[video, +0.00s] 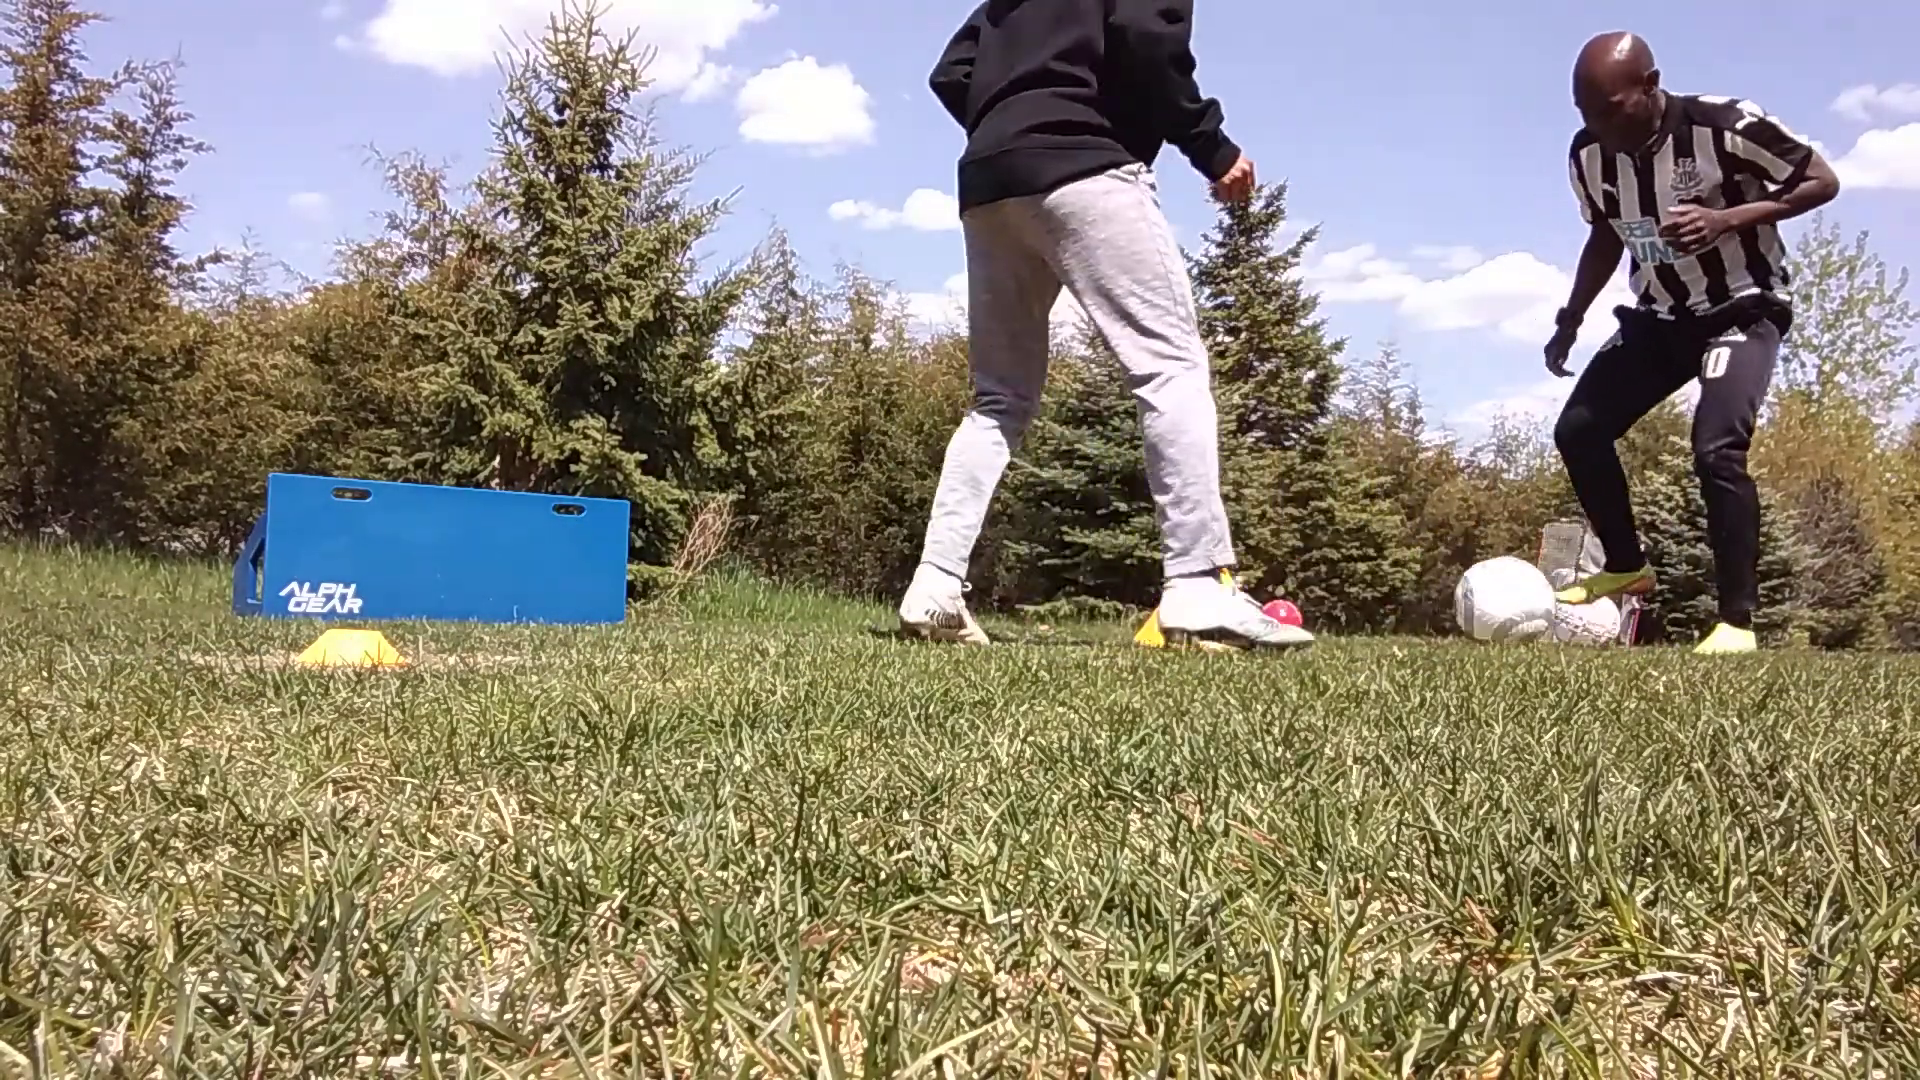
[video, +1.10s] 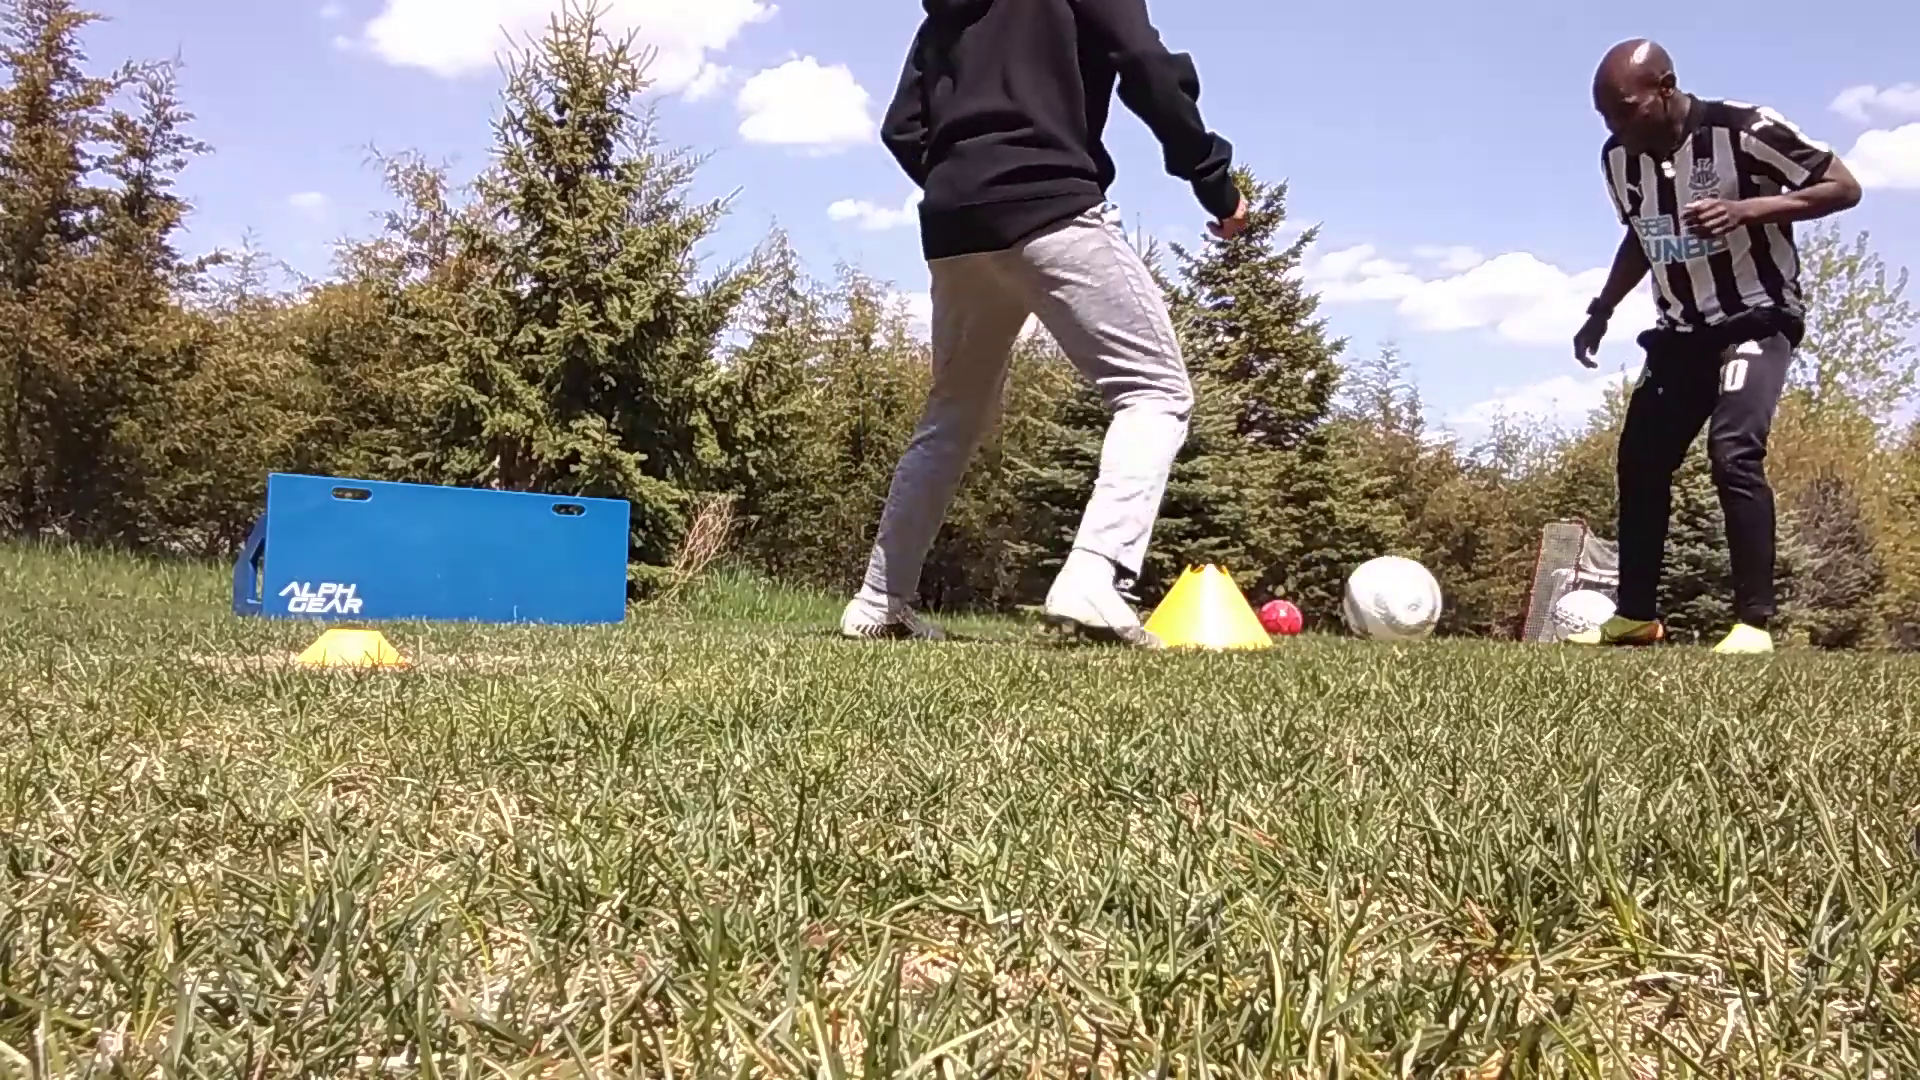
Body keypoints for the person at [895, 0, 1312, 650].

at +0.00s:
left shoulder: (1009, 4)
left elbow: (951, 70)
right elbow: (1147, 40)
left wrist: (1015, 136)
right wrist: (1215, 149)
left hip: (986, 171)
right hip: (1083, 154)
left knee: (999, 401)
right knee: (1172, 367)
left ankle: (934, 588)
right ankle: (1197, 584)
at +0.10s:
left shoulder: (974, 1)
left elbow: (929, 50)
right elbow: (1103, 30)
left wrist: (993, 114)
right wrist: (1153, 131)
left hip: (954, 143)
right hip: (1048, 136)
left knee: (970, 376)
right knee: (1136, 343)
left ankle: (907, 550)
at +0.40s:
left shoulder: (939, 13)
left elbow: (877, 101)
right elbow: (1045, 62)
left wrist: (938, 164)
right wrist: (1101, 181)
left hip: (894, 187)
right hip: (981, 187)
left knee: (885, 396)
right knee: (1056, 379)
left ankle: (811, 578)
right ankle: (978, 566)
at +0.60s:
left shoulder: (926, 14)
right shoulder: (1079, 5)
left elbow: (867, 103)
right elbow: (1137, 115)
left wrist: (902, 184)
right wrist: (1169, 224)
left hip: (915, 209)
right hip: (1008, 207)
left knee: (924, 381)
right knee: (1030, 421)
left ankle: (836, 535)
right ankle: (953, 603)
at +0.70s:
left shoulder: (913, 25)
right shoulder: (1072, 15)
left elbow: (858, 116)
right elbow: (1143, 131)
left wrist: (901, 189)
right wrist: (1185, 253)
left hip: (926, 229)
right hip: (1020, 228)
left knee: (952, 387)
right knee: (1045, 427)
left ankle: (921, 561)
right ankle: (960, 603)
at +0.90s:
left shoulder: (918, 13)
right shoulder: (1074, 1)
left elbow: (870, 118)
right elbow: (1120, 92)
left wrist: (929, 191)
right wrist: (1143, 204)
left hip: (925, 210)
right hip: (1015, 195)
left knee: (970, 403)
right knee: (1083, 397)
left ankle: (883, 591)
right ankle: (996, 585)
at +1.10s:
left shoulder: (950, 10)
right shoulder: (1092, 1)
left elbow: (903, 123)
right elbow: (1147, 64)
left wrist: (967, 189)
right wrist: (1215, 181)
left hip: (952, 212)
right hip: (1050, 197)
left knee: (952, 417)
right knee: (1155, 391)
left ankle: (880, 600)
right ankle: (1091, 583)